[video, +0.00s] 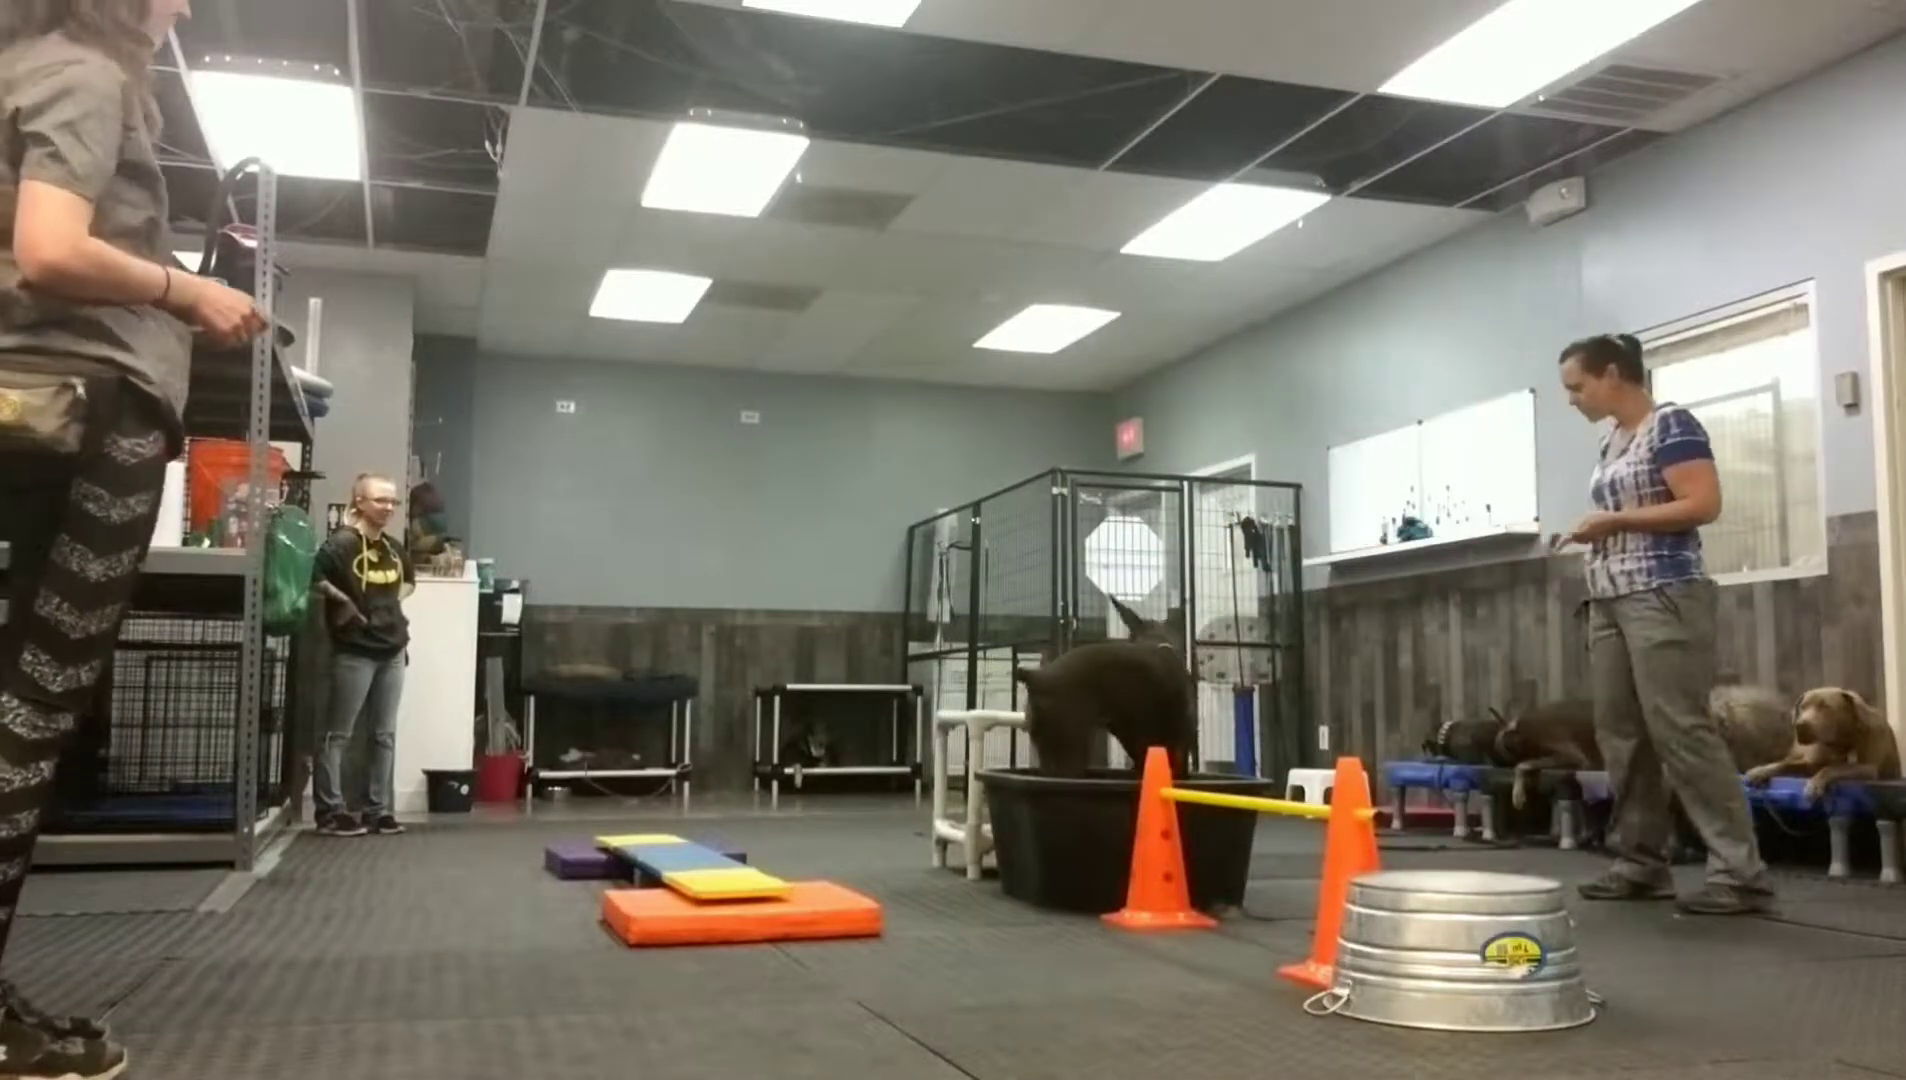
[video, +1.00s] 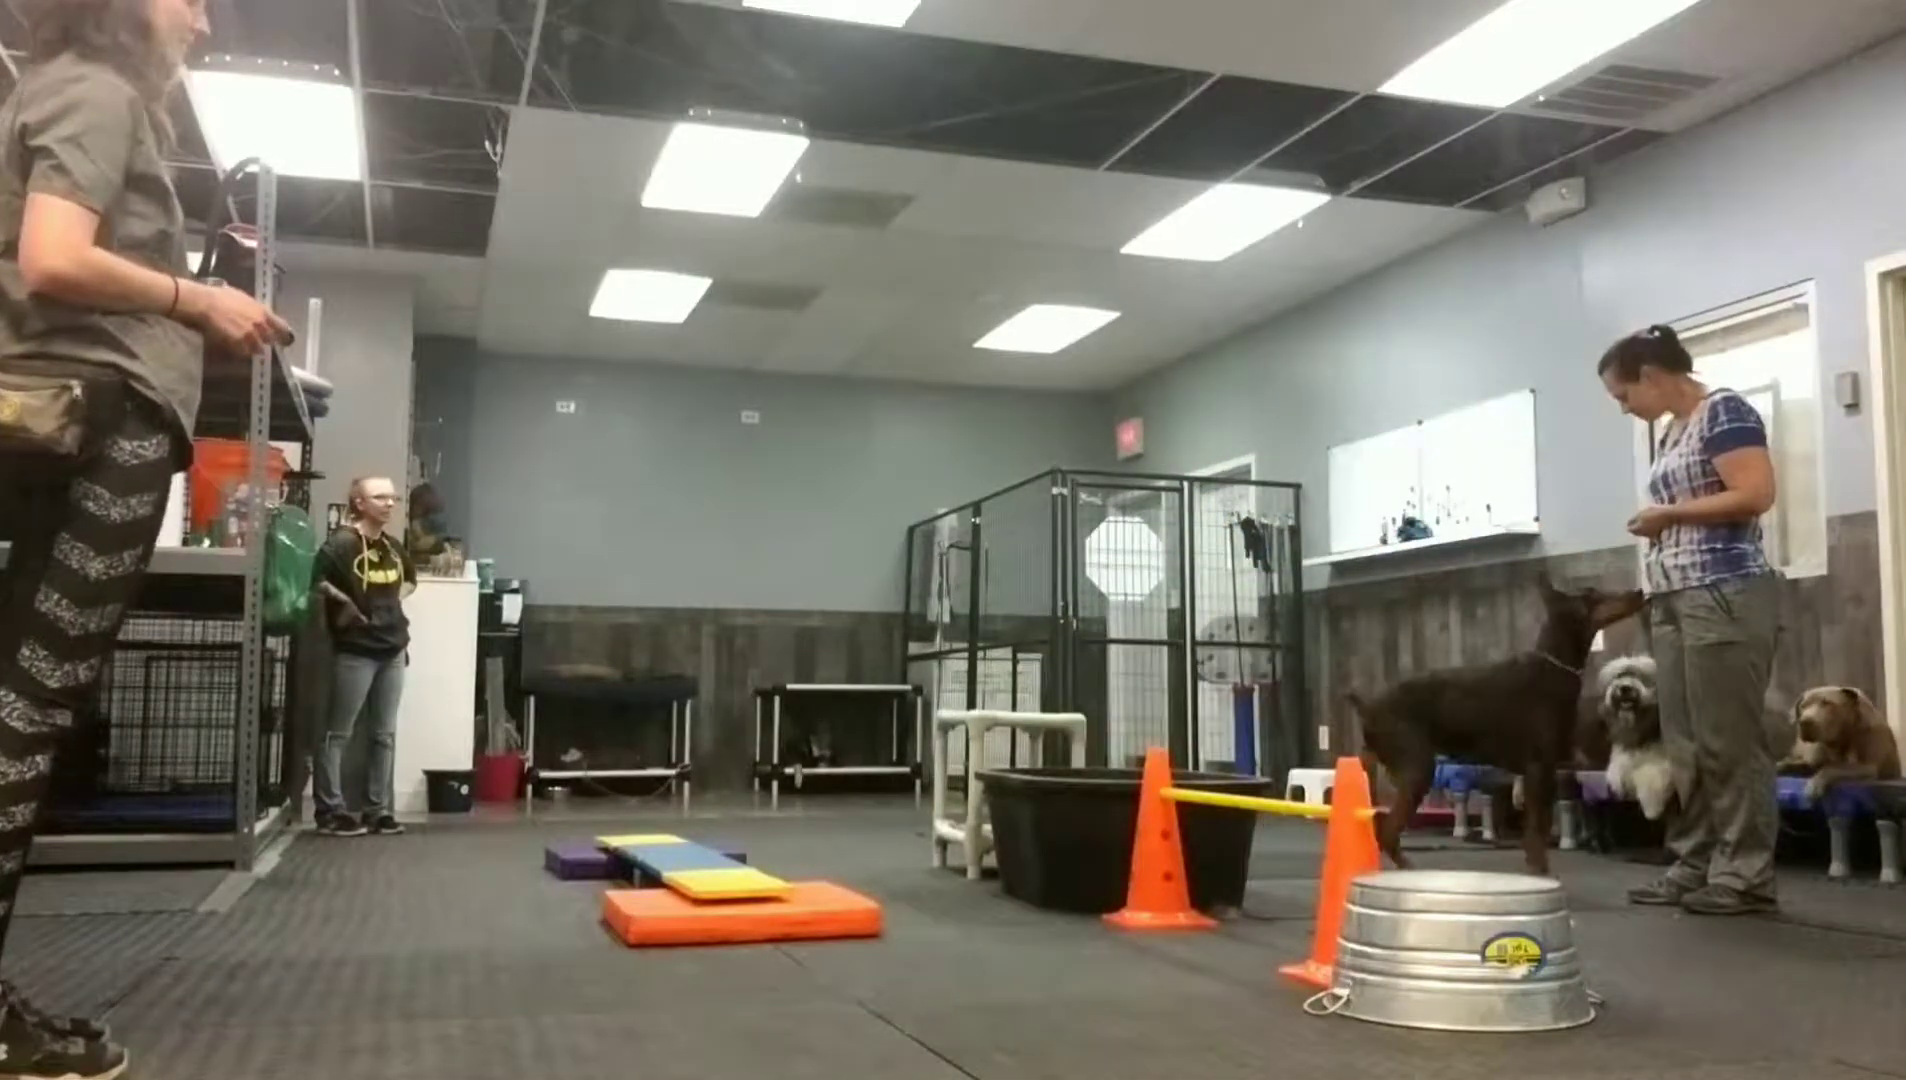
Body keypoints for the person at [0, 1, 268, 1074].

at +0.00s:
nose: (177, 14)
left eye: (179, 6)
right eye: (169, 1)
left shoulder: (44, 61)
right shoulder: (86, 68)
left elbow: (48, 249)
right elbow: (50, 249)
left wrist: (170, 282)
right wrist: (187, 289)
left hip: (52, 438)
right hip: (77, 442)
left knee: (38, 709)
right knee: (38, 713)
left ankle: (6, 1010)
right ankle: (2, 1014)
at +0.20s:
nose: (196, 15)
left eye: (195, 6)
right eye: (185, 0)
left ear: (104, 5)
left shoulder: (56, 77)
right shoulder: (93, 84)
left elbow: (53, 262)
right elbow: (51, 262)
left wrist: (182, 294)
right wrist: (197, 296)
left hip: (68, 427)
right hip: (94, 429)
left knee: (39, 705)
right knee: (38, 708)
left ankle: (4, 1006)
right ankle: (0, 1012)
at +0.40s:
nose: (201, 21)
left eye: (201, 10)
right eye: (191, 5)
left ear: (112, 10)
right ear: (143, 3)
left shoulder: (66, 85)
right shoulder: (101, 88)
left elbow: (58, 263)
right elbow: (57, 261)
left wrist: (188, 298)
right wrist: (201, 300)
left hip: (74, 431)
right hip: (94, 433)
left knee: (41, 705)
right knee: (38, 708)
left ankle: (6, 1009)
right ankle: (2, 1014)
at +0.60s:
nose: (202, 21)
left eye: (203, 9)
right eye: (193, 4)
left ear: (116, 11)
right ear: (145, 4)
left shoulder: (84, 88)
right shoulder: (104, 89)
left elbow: (63, 263)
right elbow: (60, 261)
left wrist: (193, 298)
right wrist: (202, 300)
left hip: (95, 425)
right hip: (105, 429)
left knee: (39, 705)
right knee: (37, 708)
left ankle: (2, 1004)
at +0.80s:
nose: (202, 23)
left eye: (203, 10)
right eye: (192, 5)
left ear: (116, 11)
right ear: (144, 3)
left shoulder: (80, 88)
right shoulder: (104, 89)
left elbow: (61, 263)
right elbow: (60, 260)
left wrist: (193, 299)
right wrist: (203, 301)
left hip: (93, 426)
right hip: (106, 430)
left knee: (40, 704)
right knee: (38, 707)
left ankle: (2, 1003)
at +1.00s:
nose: (203, 20)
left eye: (202, 8)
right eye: (191, 3)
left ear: (124, 12)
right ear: (141, 2)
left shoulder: (102, 88)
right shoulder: (99, 88)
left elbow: (65, 261)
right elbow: (54, 259)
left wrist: (193, 293)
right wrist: (198, 297)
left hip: (99, 426)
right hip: (102, 429)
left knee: (39, 703)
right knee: (35, 707)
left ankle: (1, 1002)